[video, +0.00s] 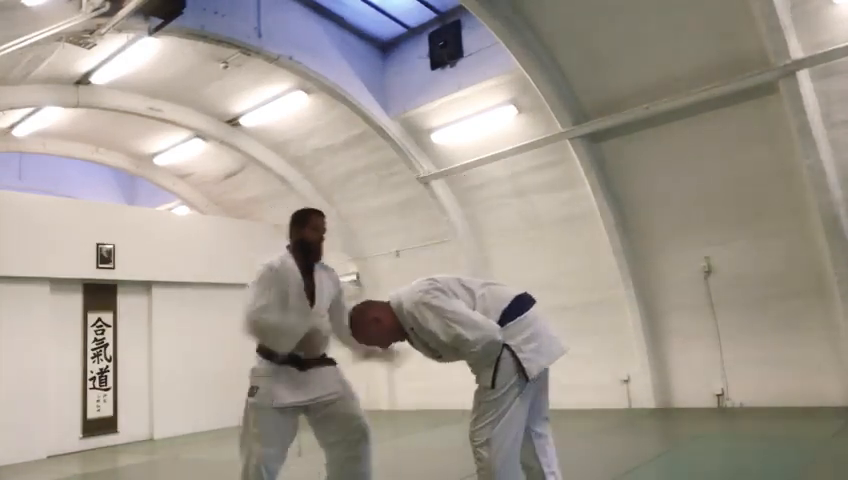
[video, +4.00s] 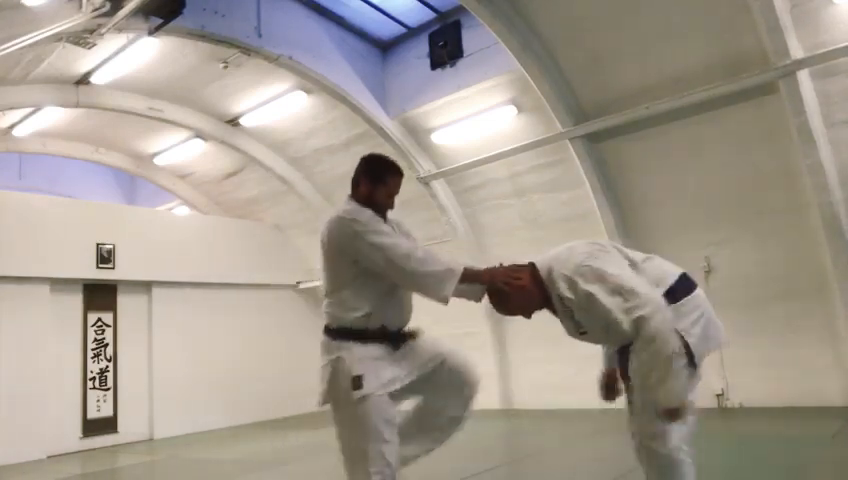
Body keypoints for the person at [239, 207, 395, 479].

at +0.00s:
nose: (322, 237)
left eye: (324, 231)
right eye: (316, 230)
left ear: (322, 235)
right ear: (297, 233)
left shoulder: (329, 277)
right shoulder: (275, 271)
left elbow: (343, 327)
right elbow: (256, 319)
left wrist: (374, 347)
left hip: (321, 374)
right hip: (276, 376)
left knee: (352, 437)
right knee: (260, 460)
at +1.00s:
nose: (387, 220)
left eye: (386, 213)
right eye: (381, 213)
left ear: (363, 217)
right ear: (358, 216)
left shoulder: (377, 253)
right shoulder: (355, 253)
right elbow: (367, 305)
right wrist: (409, 309)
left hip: (379, 360)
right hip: (353, 362)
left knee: (401, 440)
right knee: (367, 455)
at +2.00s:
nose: (371, 233)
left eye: (375, 227)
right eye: (365, 225)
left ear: (377, 227)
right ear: (347, 221)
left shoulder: (378, 263)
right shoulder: (322, 254)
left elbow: (391, 302)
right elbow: (301, 299)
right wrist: (344, 290)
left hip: (366, 363)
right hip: (325, 363)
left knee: (387, 444)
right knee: (324, 451)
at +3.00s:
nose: (370, 227)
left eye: (373, 221)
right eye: (366, 220)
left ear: (374, 219)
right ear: (346, 215)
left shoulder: (378, 248)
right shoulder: (322, 246)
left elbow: (404, 278)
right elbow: (327, 287)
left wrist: (417, 301)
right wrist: (377, 289)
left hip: (378, 332)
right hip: (344, 336)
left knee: (380, 411)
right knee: (402, 360)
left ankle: (377, 466)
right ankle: (372, 459)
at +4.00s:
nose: (394, 200)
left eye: (396, 192)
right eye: (390, 191)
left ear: (368, 187)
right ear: (364, 185)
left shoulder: (388, 228)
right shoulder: (349, 223)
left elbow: (423, 272)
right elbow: (410, 265)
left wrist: (485, 286)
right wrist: (481, 275)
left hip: (396, 346)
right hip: (354, 351)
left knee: (457, 381)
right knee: (376, 460)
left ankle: (390, 454)